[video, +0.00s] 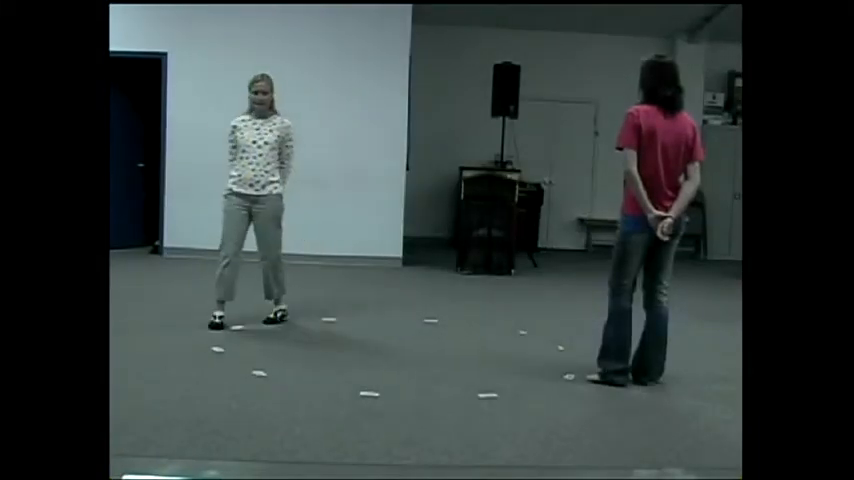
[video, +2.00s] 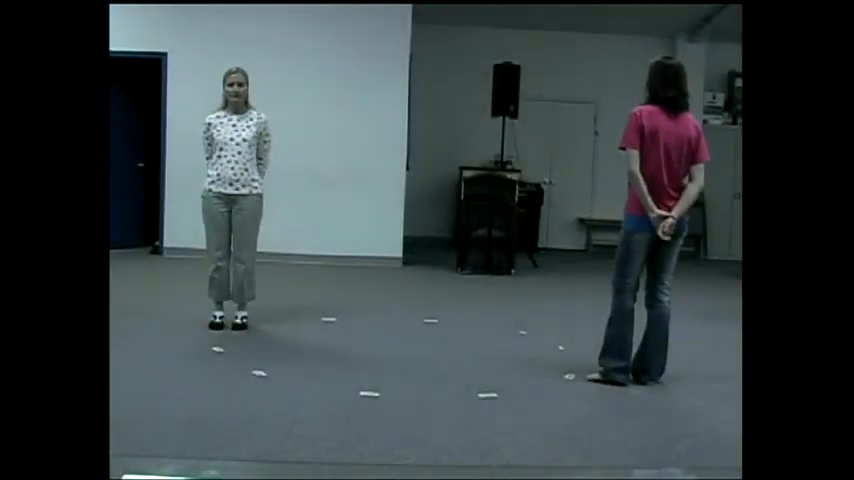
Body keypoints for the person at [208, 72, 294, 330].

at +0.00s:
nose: (260, 97)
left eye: (264, 93)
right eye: (256, 92)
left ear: (272, 95)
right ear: (249, 95)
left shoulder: (282, 126)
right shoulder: (237, 124)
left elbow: (286, 162)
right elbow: (232, 158)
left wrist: (277, 187)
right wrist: (238, 180)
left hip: (268, 195)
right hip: (237, 193)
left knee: (270, 254)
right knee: (228, 253)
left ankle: (278, 305)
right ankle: (219, 310)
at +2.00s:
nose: (236, 89)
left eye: (241, 85)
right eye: (231, 85)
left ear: (248, 88)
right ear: (224, 89)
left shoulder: (259, 121)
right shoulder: (212, 121)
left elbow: (263, 159)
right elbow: (209, 156)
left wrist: (254, 182)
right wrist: (219, 177)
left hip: (247, 193)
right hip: (216, 192)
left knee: (244, 254)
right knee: (218, 254)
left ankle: (241, 310)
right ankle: (218, 309)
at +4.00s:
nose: (234, 92)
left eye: (239, 87)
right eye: (229, 87)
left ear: (245, 91)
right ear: (221, 90)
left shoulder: (256, 123)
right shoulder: (207, 122)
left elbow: (260, 161)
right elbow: (203, 159)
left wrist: (250, 184)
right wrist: (210, 182)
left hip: (243, 198)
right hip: (210, 197)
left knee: (241, 258)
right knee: (212, 257)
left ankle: (240, 310)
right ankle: (210, 319)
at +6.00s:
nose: (241, 75)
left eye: (244, 71)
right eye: (235, 70)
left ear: (246, 76)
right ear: (218, 73)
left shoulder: (249, 115)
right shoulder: (198, 113)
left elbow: (246, 156)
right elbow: (184, 157)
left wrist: (231, 181)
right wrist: (192, 187)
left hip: (239, 200)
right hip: (204, 199)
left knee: (231, 272)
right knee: (210, 271)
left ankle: (215, 333)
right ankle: (210, 342)